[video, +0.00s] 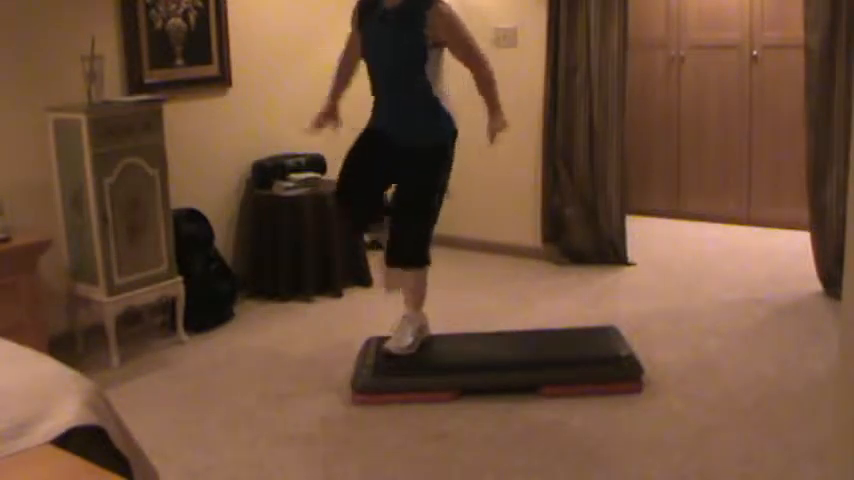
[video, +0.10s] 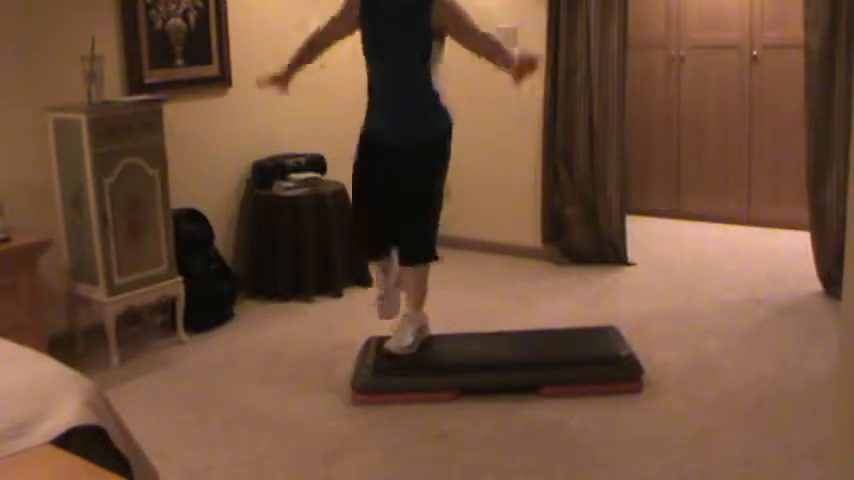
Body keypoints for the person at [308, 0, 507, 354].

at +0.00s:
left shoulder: (434, 12)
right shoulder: (366, 11)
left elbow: (478, 63)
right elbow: (350, 58)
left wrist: (494, 110)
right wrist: (332, 101)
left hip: (429, 134)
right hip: (384, 130)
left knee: (410, 228)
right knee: (349, 201)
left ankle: (414, 318)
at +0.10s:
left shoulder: (436, 7)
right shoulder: (362, 7)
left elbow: (472, 35)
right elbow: (326, 35)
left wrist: (509, 61)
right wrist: (289, 69)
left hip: (425, 128)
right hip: (379, 127)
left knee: (415, 223)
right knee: (367, 216)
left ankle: (414, 316)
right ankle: (386, 270)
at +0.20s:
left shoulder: (435, 11)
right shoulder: (362, 8)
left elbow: (489, 28)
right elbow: (313, 22)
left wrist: (528, 21)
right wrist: (264, 35)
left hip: (425, 135)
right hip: (377, 136)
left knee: (412, 230)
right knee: (380, 228)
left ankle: (414, 318)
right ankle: (381, 305)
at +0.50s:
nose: (433, 5)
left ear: (433, 5)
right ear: (402, 3)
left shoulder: (441, 40)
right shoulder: (371, 41)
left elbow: (484, 55)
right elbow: (323, 59)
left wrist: (524, 60)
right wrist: (291, 72)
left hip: (434, 149)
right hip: (387, 152)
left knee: (447, 226)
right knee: (391, 238)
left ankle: (444, 299)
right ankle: (382, 316)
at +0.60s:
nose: (446, 3)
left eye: (446, 1)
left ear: (444, 5)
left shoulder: (453, 34)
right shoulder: (386, 32)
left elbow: (486, 68)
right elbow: (333, 68)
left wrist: (513, 100)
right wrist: (309, 115)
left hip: (442, 145)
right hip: (396, 147)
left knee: (464, 224)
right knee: (393, 232)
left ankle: (462, 295)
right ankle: (382, 313)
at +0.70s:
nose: (460, 6)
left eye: (461, 3)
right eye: (453, 2)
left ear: (463, 6)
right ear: (432, 3)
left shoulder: (466, 38)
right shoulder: (404, 35)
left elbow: (474, 85)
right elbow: (362, 77)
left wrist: (485, 125)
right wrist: (348, 127)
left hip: (455, 152)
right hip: (410, 153)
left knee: (472, 227)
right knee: (400, 235)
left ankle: (466, 298)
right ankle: (382, 313)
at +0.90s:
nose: (485, 5)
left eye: (488, 2)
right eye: (479, 1)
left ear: (492, 5)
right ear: (463, 3)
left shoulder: (497, 38)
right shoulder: (437, 36)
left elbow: (508, 81)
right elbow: (395, 79)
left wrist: (511, 121)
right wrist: (383, 131)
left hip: (482, 152)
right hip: (442, 152)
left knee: (483, 233)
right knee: (454, 233)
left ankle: (464, 307)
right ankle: (428, 296)